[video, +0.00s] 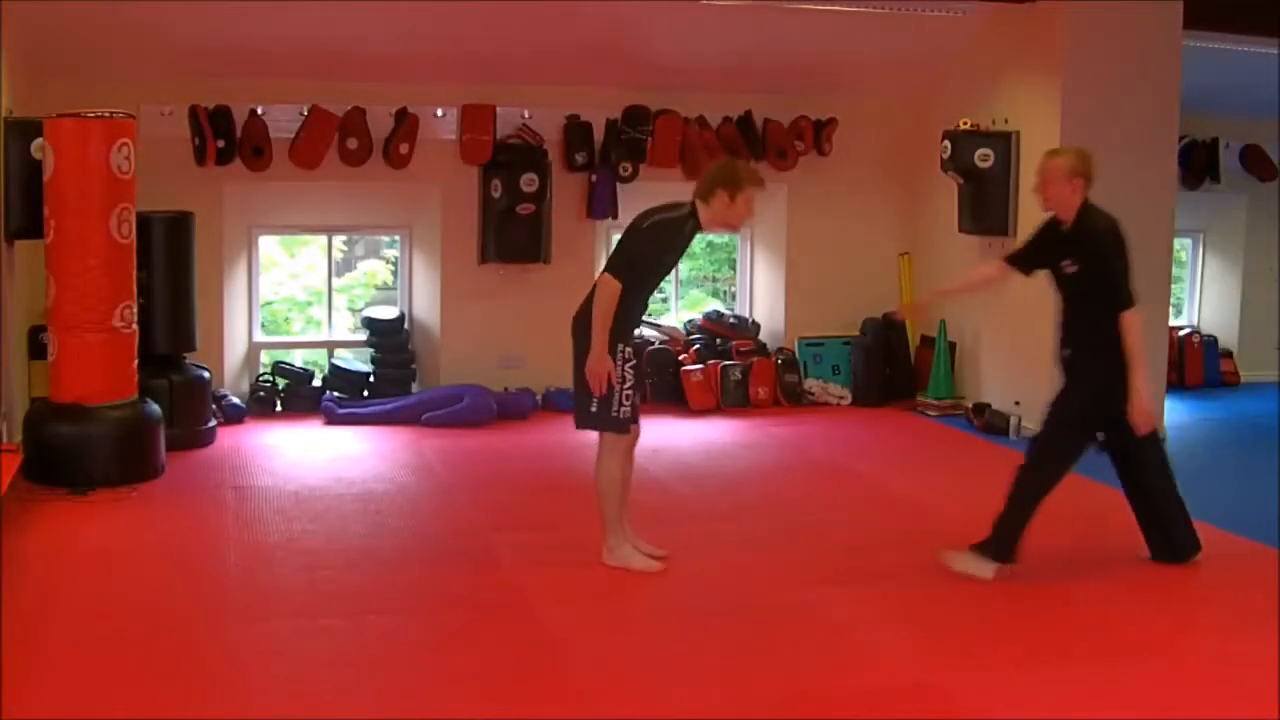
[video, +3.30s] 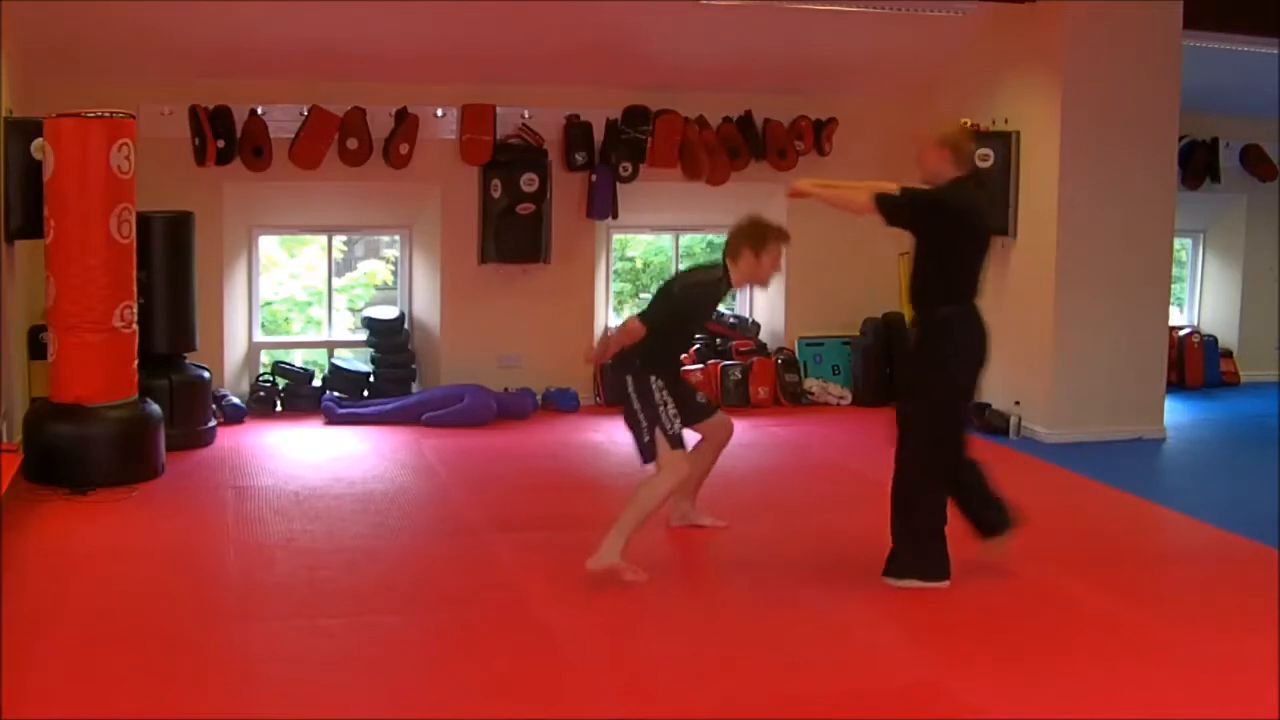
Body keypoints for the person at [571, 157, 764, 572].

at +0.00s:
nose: (751, 214)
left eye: (753, 204)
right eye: (748, 202)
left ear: (722, 197)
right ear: (722, 197)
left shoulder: (683, 226)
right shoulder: (666, 225)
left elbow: (628, 291)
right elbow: (608, 283)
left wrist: (655, 330)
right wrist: (598, 351)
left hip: (620, 332)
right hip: (605, 333)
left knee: (628, 433)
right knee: (617, 435)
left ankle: (622, 534)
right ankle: (614, 544)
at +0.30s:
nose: (717, 163)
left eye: (717, 154)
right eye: (711, 153)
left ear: (686, 155)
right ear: (683, 153)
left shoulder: (669, 201)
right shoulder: (650, 201)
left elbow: (646, 278)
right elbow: (612, 278)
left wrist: (658, 331)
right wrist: (636, 342)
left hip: (649, 331)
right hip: (629, 333)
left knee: (657, 433)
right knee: (635, 436)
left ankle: (627, 529)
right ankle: (616, 542)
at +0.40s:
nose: (708, 163)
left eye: (709, 154)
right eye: (702, 152)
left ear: (674, 154)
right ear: (673, 151)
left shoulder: (662, 199)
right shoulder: (650, 201)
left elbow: (650, 285)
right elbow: (646, 289)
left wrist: (690, 320)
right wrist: (699, 321)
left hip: (649, 327)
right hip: (631, 329)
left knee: (677, 426)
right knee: (635, 435)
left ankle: (631, 522)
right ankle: (616, 543)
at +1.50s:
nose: (707, 154)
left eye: (707, 146)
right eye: (699, 146)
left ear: (684, 152)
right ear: (672, 151)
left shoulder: (679, 201)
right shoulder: (654, 202)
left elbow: (669, 278)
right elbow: (628, 279)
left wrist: (679, 337)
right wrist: (628, 349)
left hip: (678, 332)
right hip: (652, 333)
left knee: (686, 429)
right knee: (642, 434)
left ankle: (690, 523)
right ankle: (602, 524)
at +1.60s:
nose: (702, 157)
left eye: (703, 149)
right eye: (695, 149)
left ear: (677, 154)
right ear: (668, 153)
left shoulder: (673, 203)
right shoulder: (648, 201)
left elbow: (656, 274)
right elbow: (603, 270)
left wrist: (665, 330)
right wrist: (602, 337)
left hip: (668, 332)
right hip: (638, 332)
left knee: (684, 427)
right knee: (628, 434)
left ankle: (690, 523)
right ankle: (600, 527)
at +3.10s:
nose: (748, 194)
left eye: (749, 186)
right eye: (745, 185)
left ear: (721, 183)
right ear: (719, 182)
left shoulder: (703, 226)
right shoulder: (681, 226)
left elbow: (662, 285)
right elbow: (636, 289)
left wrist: (628, 317)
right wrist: (623, 321)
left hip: (679, 345)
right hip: (654, 347)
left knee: (713, 427)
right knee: (682, 446)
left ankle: (685, 509)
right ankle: (628, 526)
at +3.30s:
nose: (777, 267)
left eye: (778, 259)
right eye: (774, 257)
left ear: (745, 254)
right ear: (749, 254)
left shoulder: (715, 283)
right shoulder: (700, 285)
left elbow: (660, 322)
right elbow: (636, 327)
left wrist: (613, 341)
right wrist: (604, 351)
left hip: (662, 370)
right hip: (640, 371)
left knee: (720, 429)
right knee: (675, 467)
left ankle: (684, 508)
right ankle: (607, 553)